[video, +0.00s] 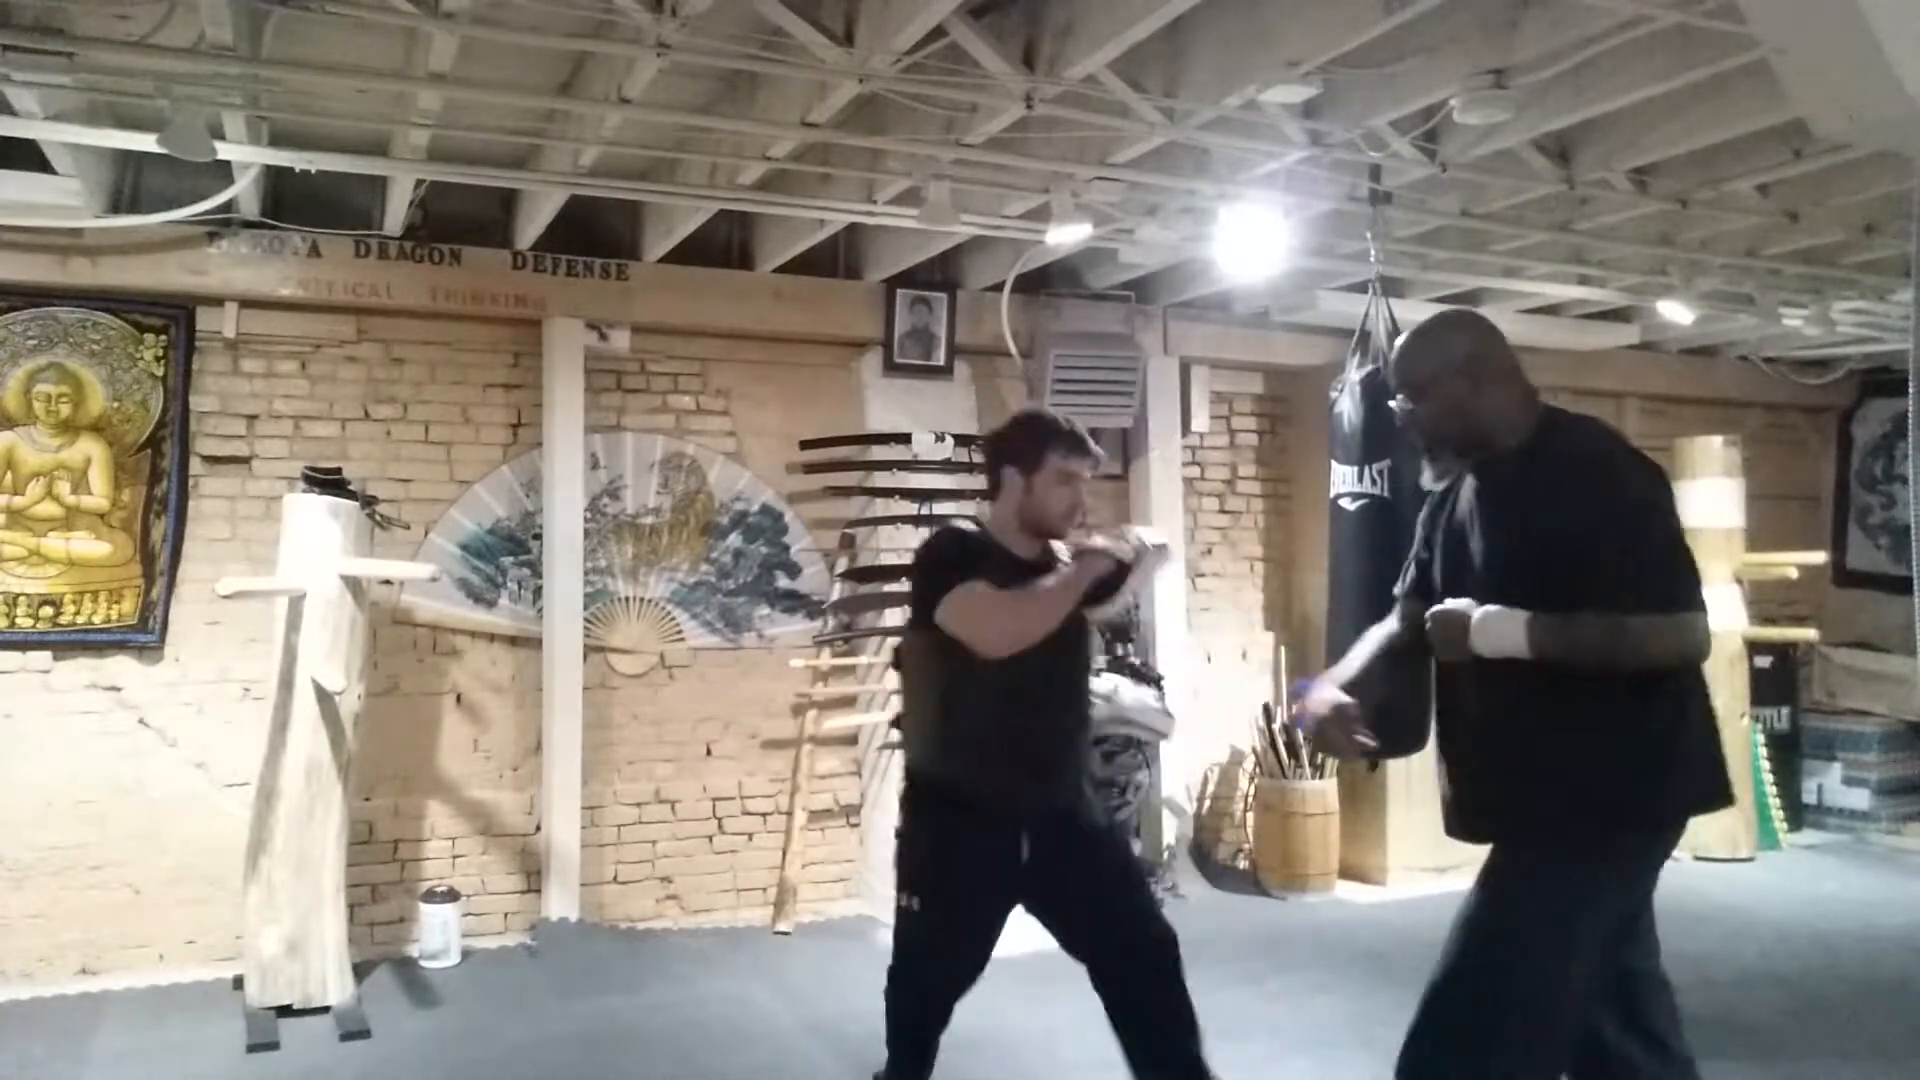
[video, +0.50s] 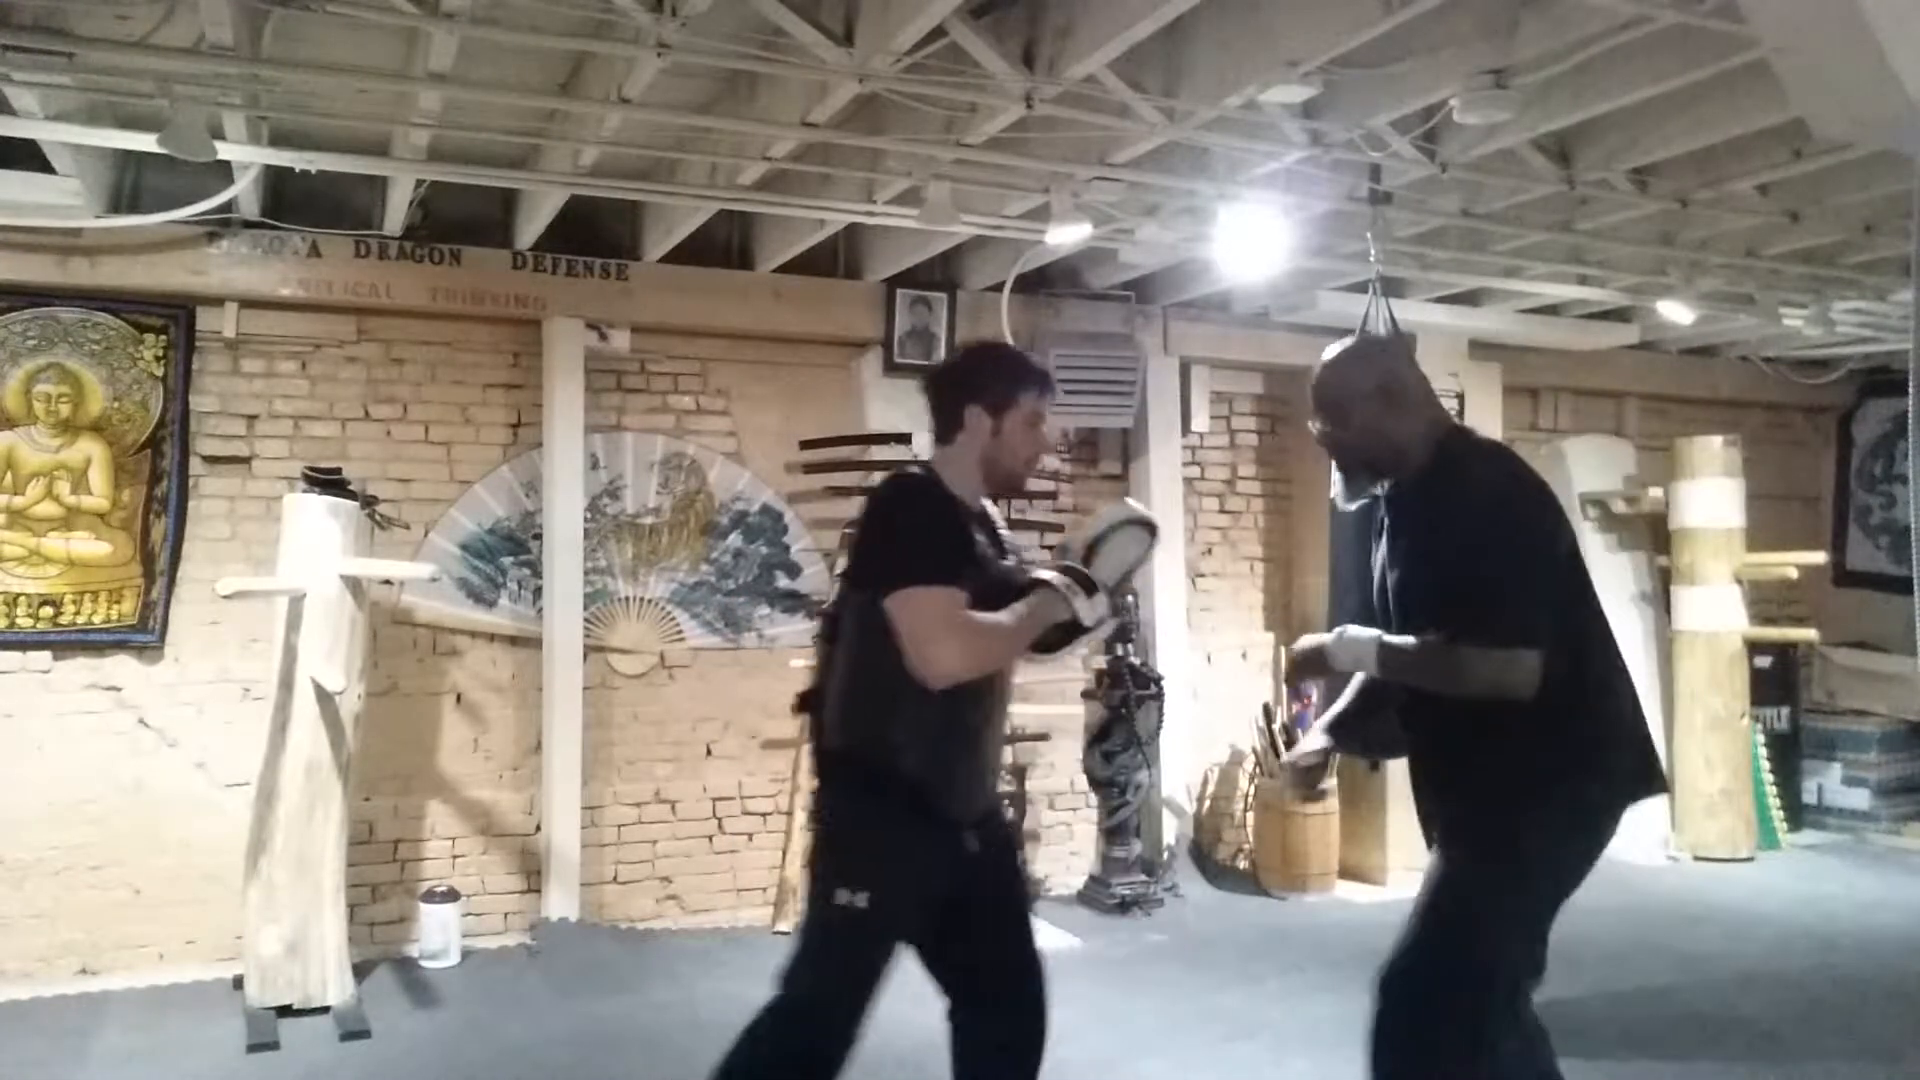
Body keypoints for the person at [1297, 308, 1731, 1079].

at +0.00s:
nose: (1403, 421)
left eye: (1413, 397)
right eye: (1399, 402)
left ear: (1475, 380)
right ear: (1466, 388)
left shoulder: (1606, 472)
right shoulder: (1457, 495)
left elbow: (1681, 634)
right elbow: (1409, 612)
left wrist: (1497, 630)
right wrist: (1336, 684)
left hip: (1613, 807)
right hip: (1537, 806)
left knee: (1459, 1051)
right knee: (1624, 1036)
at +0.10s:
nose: (1382, 422)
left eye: (1391, 395)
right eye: (1377, 401)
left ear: (1456, 377)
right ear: (1451, 383)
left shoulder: (1582, 475)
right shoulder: (1434, 501)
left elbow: (1664, 639)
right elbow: (1425, 630)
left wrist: (1483, 641)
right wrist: (1383, 719)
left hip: (1598, 808)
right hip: (1518, 807)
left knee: (1457, 1043)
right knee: (1612, 1030)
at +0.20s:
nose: (1346, 431)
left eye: (1355, 408)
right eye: (1341, 412)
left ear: (1423, 386)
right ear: (1422, 390)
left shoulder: (1541, 480)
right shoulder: (1416, 507)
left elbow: (1624, 658)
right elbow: (1425, 654)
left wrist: (1449, 653)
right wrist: (1411, 760)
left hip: (1576, 801)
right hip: (1496, 801)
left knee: (1437, 1047)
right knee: (1583, 1033)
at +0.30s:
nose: (1326, 435)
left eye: (1333, 414)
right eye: (1320, 418)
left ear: (1391, 389)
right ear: (1391, 392)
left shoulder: (1508, 480)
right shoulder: (1406, 495)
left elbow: (1580, 663)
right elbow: (1428, 645)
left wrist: (1415, 659)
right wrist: (1404, 746)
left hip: (1571, 781)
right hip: (1493, 780)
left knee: (1432, 1034)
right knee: (1509, 1018)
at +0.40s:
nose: (1318, 429)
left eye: (1328, 409)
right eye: (1314, 411)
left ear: (1393, 388)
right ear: (1392, 392)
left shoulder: (1486, 477)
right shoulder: (1414, 487)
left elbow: (1528, 660)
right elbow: (1435, 650)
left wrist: (1371, 648)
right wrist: (1371, 731)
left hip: (1557, 777)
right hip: (1494, 773)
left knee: (1428, 1034)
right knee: (1487, 1006)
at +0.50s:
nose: (1321, 439)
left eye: (1330, 418)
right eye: (1317, 421)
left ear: (1391, 400)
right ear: (1390, 403)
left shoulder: (1485, 485)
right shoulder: (1407, 503)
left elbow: (1513, 666)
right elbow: (1409, 657)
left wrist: (1356, 646)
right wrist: (1324, 739)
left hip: (1552, 789)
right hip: (1489, 787)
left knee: (1422, 1004)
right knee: (1488, 1007)